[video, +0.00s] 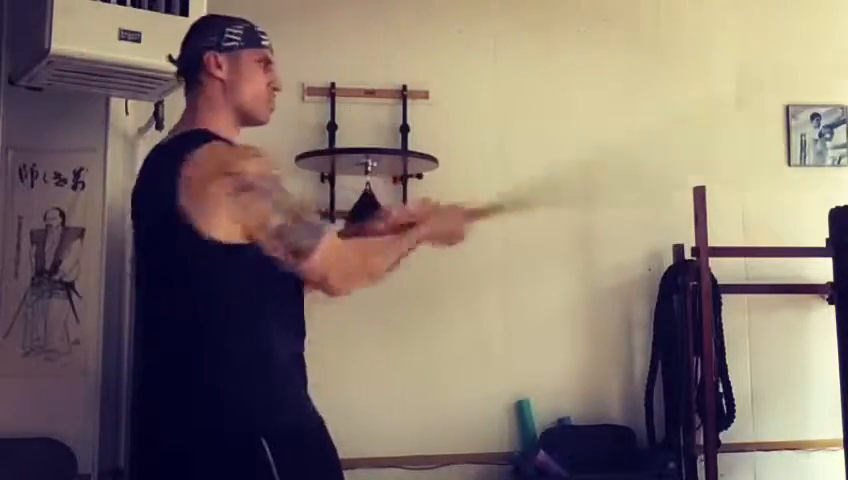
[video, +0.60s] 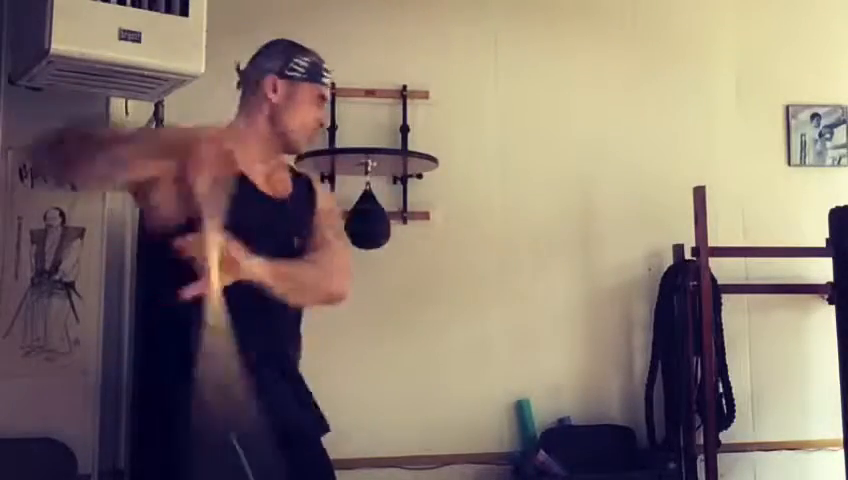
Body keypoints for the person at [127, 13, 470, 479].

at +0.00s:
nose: (276, 83)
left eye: (272, 67)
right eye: (264, 65)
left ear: (215, 67)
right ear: (216, 65)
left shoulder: (165, 164)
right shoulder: (227, 166)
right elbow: (336, 270)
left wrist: (359, 235)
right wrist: (417, 233)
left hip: (179, 424)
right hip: (253, 430)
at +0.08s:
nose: (264, 83)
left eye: (261, 68)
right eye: (251, 65)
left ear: (204, 69)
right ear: (204, 66)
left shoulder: (179, 165)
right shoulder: (198, 172)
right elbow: (314, 268)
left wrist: (327, 225)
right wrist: (398, 209)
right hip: (248, 437)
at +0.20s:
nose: (263, 88)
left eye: (260, 74)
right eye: (250, 71)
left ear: (205, 72)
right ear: (202, 70)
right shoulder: (170, 177)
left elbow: (329, 271)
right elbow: (281, 287)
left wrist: (332, 207)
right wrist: (340, 191)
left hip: (276, 428)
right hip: (204, 438)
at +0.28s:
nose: (266, 90)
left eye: (263, 76)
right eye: (254, 73)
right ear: (205, 72)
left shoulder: (254, 174)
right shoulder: (164, 178)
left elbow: (331, 275)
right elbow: (257, 301)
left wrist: (323, 207)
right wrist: (323, 206)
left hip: (285, 428)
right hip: (208, 436)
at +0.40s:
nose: (292, 100)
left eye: (290, 84)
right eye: (281, 81)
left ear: (239, 81)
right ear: (234, 78)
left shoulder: (291, 185)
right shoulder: (158, 179)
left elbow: (336, 287)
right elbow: (105, 305)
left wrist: (264, 279)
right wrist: (206, 323)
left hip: (282, 434)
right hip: (187, 439)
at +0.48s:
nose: (307, 102)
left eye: (306, 89)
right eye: (298, 85)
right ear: (252, 80)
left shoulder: (303, 188)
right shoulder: (161, 173)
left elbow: (336, 291)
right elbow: (54, 269)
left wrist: (253, 286)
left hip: (281, 426)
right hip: (183, 430)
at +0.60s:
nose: (324, 118)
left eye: (325, 105)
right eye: (318, 101)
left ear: (275, 92)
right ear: (274, 89)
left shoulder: (314, 197)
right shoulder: (182, 156)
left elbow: (335, 282)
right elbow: (56, 159)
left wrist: (250, 266)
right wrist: (183, 146)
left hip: (280, 426)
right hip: (182, 424)